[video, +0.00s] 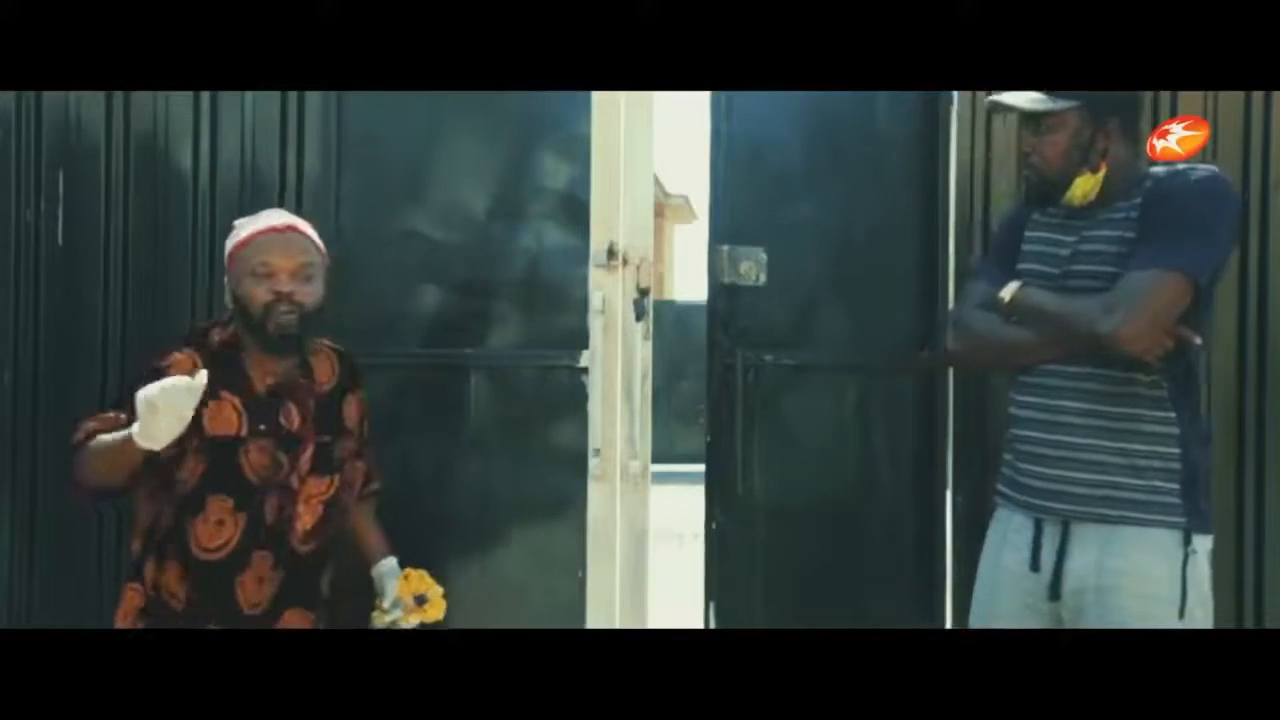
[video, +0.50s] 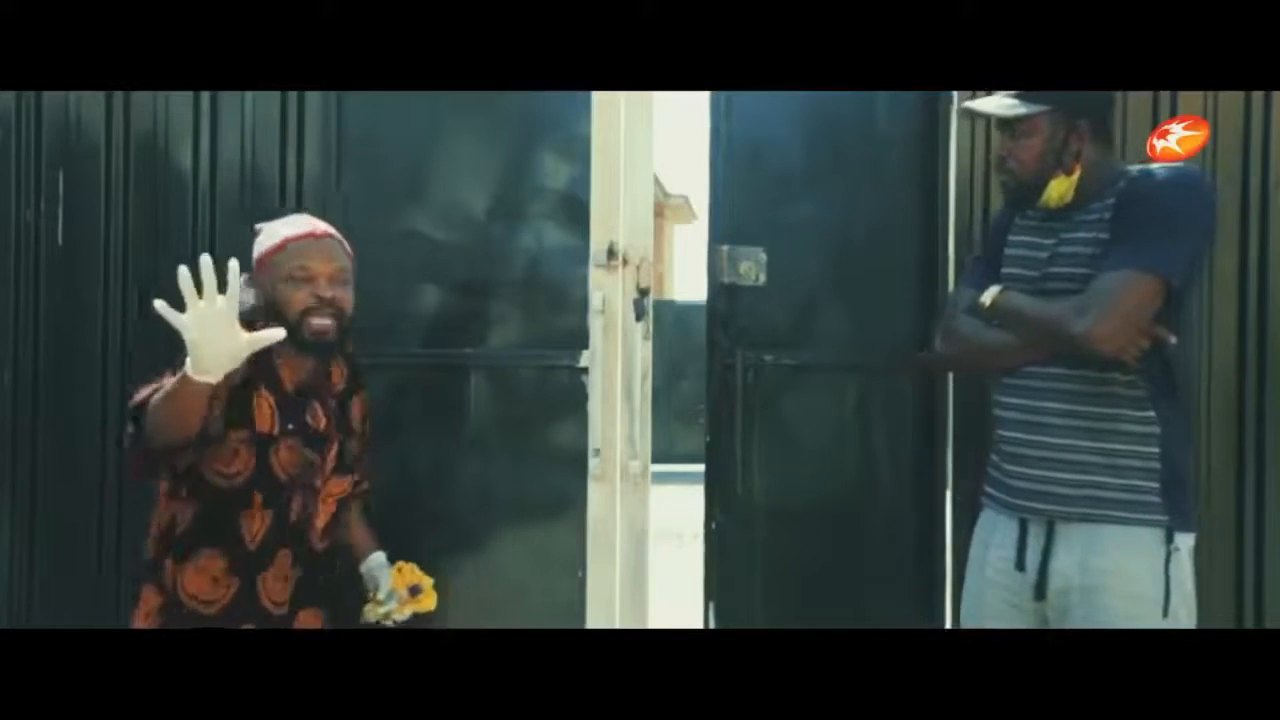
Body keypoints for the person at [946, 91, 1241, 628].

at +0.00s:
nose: (1025, 145)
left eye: (1043, 127)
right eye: (1025, 128)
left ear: (1104, 136)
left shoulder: (1196, 192)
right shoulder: (1029, 216)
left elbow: (1127, 326)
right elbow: (961, 336)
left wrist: (1013, 294)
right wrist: (1104, 327)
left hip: (1143, 527)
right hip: (1021, 514)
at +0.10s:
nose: (1021, 147)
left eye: (1039, 129)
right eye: (1022, 130)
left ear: (1098, 138)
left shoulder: (1192, 191)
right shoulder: (1027, 217)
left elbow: (1122, 327)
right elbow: (957, 336)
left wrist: (1010, 295)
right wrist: (1095, 327)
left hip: (1139, 527)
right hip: (1019, 514)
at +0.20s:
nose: (1015, 148)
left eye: (1032, 130)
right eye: (1015, 130)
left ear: (1092, 137)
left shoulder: (1182, 192)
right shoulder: (1021, 218)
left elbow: (1114, 327)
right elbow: (956, 337)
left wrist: (1003, 296)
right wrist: (1088, 328)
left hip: (1136, 527)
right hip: (1016, 515)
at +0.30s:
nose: (1009, 148)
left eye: (1027, 130)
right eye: (1010, 131)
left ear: (1086, 136)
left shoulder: (1178, 192)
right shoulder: (1019, 218)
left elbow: (1109, 327)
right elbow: (955, 339)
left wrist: (999, 297)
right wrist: (1085, 327)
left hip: (1132, 529)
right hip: (1012, 517)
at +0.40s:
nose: (1002, 150)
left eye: (1020, 131)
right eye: (1003, 132)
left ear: (1080, 137)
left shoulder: (1172, 192)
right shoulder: (1014, 218)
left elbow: (1104, 328)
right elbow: (953, 342)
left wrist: (996, 297)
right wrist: (1081, 327)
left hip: (1128, 528)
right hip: (1009, 516)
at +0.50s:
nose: (1001, 151)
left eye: (1018, 132)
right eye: (1001, 133)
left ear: (1076, 136)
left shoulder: (1170, 192)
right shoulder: (1012, 217)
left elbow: (1102, 328)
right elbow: (949, 341)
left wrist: (992, 297)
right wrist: (1079, 326)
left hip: (1125, 527)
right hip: (1006, 515)